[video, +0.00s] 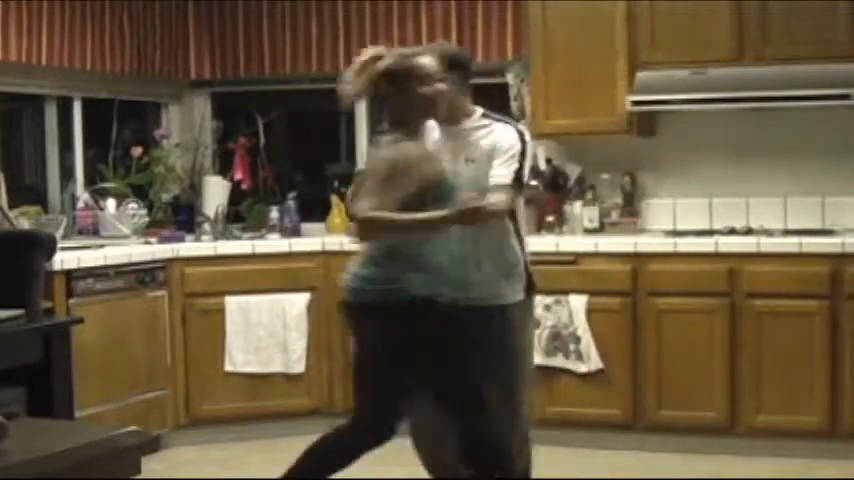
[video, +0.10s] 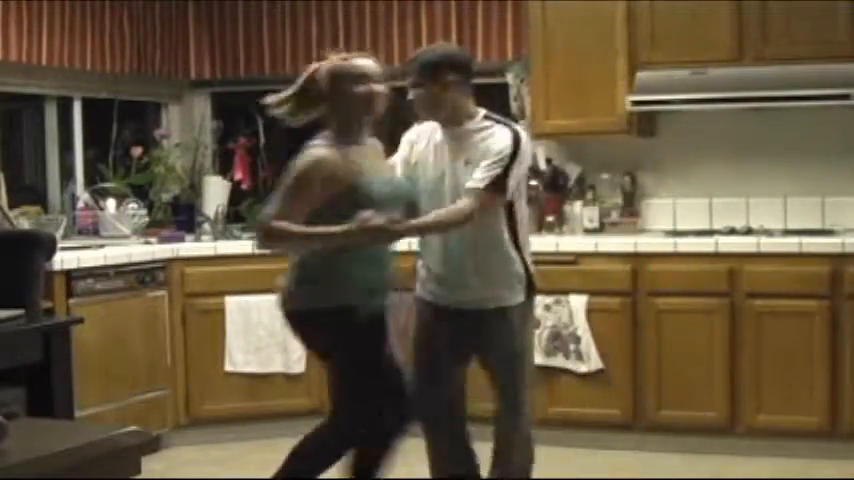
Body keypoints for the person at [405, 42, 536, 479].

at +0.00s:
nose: (426, 92)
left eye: (435, 81)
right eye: (422, 83)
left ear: (462, 83)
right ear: (422, 87)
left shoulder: (504, 136)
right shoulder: (418, 136)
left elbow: (500, 203)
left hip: (497, 298)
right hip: (433, 298)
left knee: (504, 414)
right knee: (429, 417)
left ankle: (513, 473)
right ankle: (453, 475)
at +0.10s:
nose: (410, 96)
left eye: (417, 87)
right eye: (409, 88)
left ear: (451, 85)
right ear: (444, 87)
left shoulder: (504, 139)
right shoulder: (415, 138)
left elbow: (473, 207)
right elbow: (392, 198)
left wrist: (401, 229)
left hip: (500, 301)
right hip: (436, 300)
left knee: (513, 411)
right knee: (435, 410)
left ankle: (512, 474)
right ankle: (456, 475)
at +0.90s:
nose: (516, 92)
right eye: (514, 86)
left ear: (457, 90)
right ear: (511, 88)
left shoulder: (421, 141)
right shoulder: (548, 147)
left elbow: (370, 196)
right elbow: (591, 225)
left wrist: (315, 171)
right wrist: (610, 240)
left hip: (451, 315)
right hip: (529, 316)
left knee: (382, 416)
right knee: (521, 431)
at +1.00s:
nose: (528, 97)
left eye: (528, 86)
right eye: (526, 87)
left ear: (465, 89)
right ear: (510, 86)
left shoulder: (419, 138)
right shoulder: (543, 139)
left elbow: (377, 194)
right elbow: (589, 217)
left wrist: (320, 166)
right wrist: (635, 251)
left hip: (442, 308)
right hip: (520, 309)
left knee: (388, 421)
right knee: (520, 434)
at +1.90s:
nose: (443, 85)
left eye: (445, 78)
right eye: (445, 78)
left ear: (453, 78)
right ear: (501, 82)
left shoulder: (438, 121)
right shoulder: (540, 133)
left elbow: (417, 213)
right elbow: (576, 222)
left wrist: (386, 204)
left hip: (493, 302)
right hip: (550, 299)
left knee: (452, 429)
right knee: (521, 434)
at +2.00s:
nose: (430, 82)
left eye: (432, 75)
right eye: (433, 75)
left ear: (441, 76)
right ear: (487, 81)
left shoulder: (428, 119)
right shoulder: (526, 134)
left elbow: (402, 208)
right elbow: (559, 222)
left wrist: (385, 213)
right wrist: (519, 255)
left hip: (482, 296)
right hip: (534, 293)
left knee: (474, 418)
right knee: (493, 411)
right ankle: (509, 473)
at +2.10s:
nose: (416, 90)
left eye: (419, 82)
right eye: (417, 84)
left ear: (426, 81)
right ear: (473, 85)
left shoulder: (412, 127)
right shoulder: (512, 139)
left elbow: (391, 208)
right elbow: (552, 220)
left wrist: (347, 233)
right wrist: (516, 248)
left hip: (463, 296)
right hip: (517, 293)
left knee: (482, 414)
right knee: (480, 410)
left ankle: (518, 476)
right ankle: (461, 477)